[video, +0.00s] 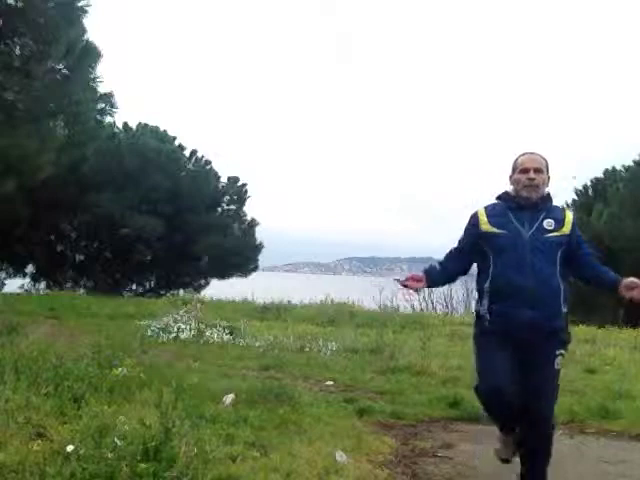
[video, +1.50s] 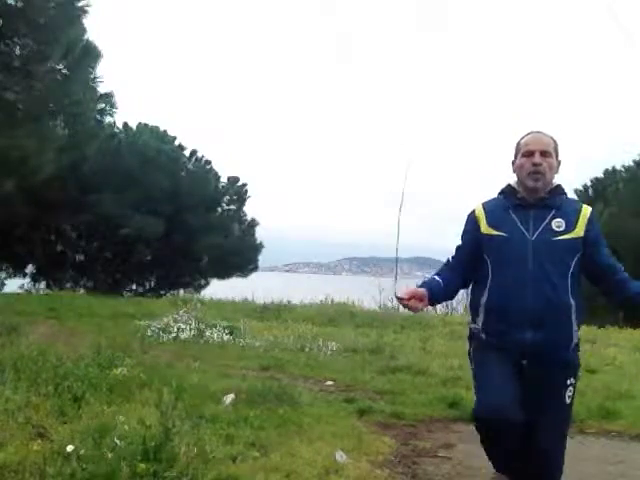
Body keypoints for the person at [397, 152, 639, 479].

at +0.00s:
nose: (530, 176)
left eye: (537, 171)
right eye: (523, 171)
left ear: (548, 180)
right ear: (511, 178)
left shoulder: (563, 220)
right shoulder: (485, 218)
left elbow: (584, 264)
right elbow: (460, 259)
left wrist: (618, 284)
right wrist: (428, 277)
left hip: (545, 331)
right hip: (496, 329)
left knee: (540, 416)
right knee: (493, 390)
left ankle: (533, 474)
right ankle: (509, 430)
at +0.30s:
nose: (529, 159)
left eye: (536, 154)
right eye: (522, 153)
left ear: (547, 161)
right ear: (510, 160)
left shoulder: (565, 205)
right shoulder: (487, 203)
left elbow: (593, 254)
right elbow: (460, 250)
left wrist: (626, 282)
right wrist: (423, 276)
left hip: (548, 320)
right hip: (498, 319)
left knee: (544, 400)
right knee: (503, 399)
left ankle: (522, 452)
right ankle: (500, 470)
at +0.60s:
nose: (536, 156)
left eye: (544, 151)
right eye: (529, 150)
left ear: (555, 158)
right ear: (517, 155)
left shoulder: (572, 201)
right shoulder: (488, 198)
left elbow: (595, 256)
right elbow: (458, 245)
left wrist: (630, 285)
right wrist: (421, 276)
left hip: (552, 321)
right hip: (499, 320)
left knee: (543, 402)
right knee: (505, 403)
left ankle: (540, 473)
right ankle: (509, 471)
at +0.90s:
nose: (534, 155)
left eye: (542, 148)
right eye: (526, 148)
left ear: (555, 153)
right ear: (514, 153)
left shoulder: (576, 197)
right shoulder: (488, 198)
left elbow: (606, 255)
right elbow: (463, 250)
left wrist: (634, 277)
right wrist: (427, 286)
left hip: (552, 325)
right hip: (495, 323)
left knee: (544, 419)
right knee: (497, 413)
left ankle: (538, 476)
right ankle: (498, 475)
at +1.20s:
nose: (527, 158)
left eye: (536, 151)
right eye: (520, 151)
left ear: (548, 160)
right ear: (507, 159)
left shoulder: (571, 210)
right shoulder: (478, 210)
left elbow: (597, 270)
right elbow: (453, 262)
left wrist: (627, 304)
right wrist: (419, 295)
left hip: (552, 341)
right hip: (494, 341)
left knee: (551, 420)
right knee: (498, 435)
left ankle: (540, 475)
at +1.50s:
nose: (537, 161)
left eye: (545, 155)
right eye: (528, 155)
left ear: (557, 165)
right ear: (514, 164)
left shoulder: (580, 218)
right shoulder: (484, 216)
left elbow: (612, 276)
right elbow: (458, 269)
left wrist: (636, 297)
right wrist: (427, 292)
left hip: (554, 351)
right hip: (494, 347)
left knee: (547, 452)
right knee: (494, 416)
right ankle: (512, 470)